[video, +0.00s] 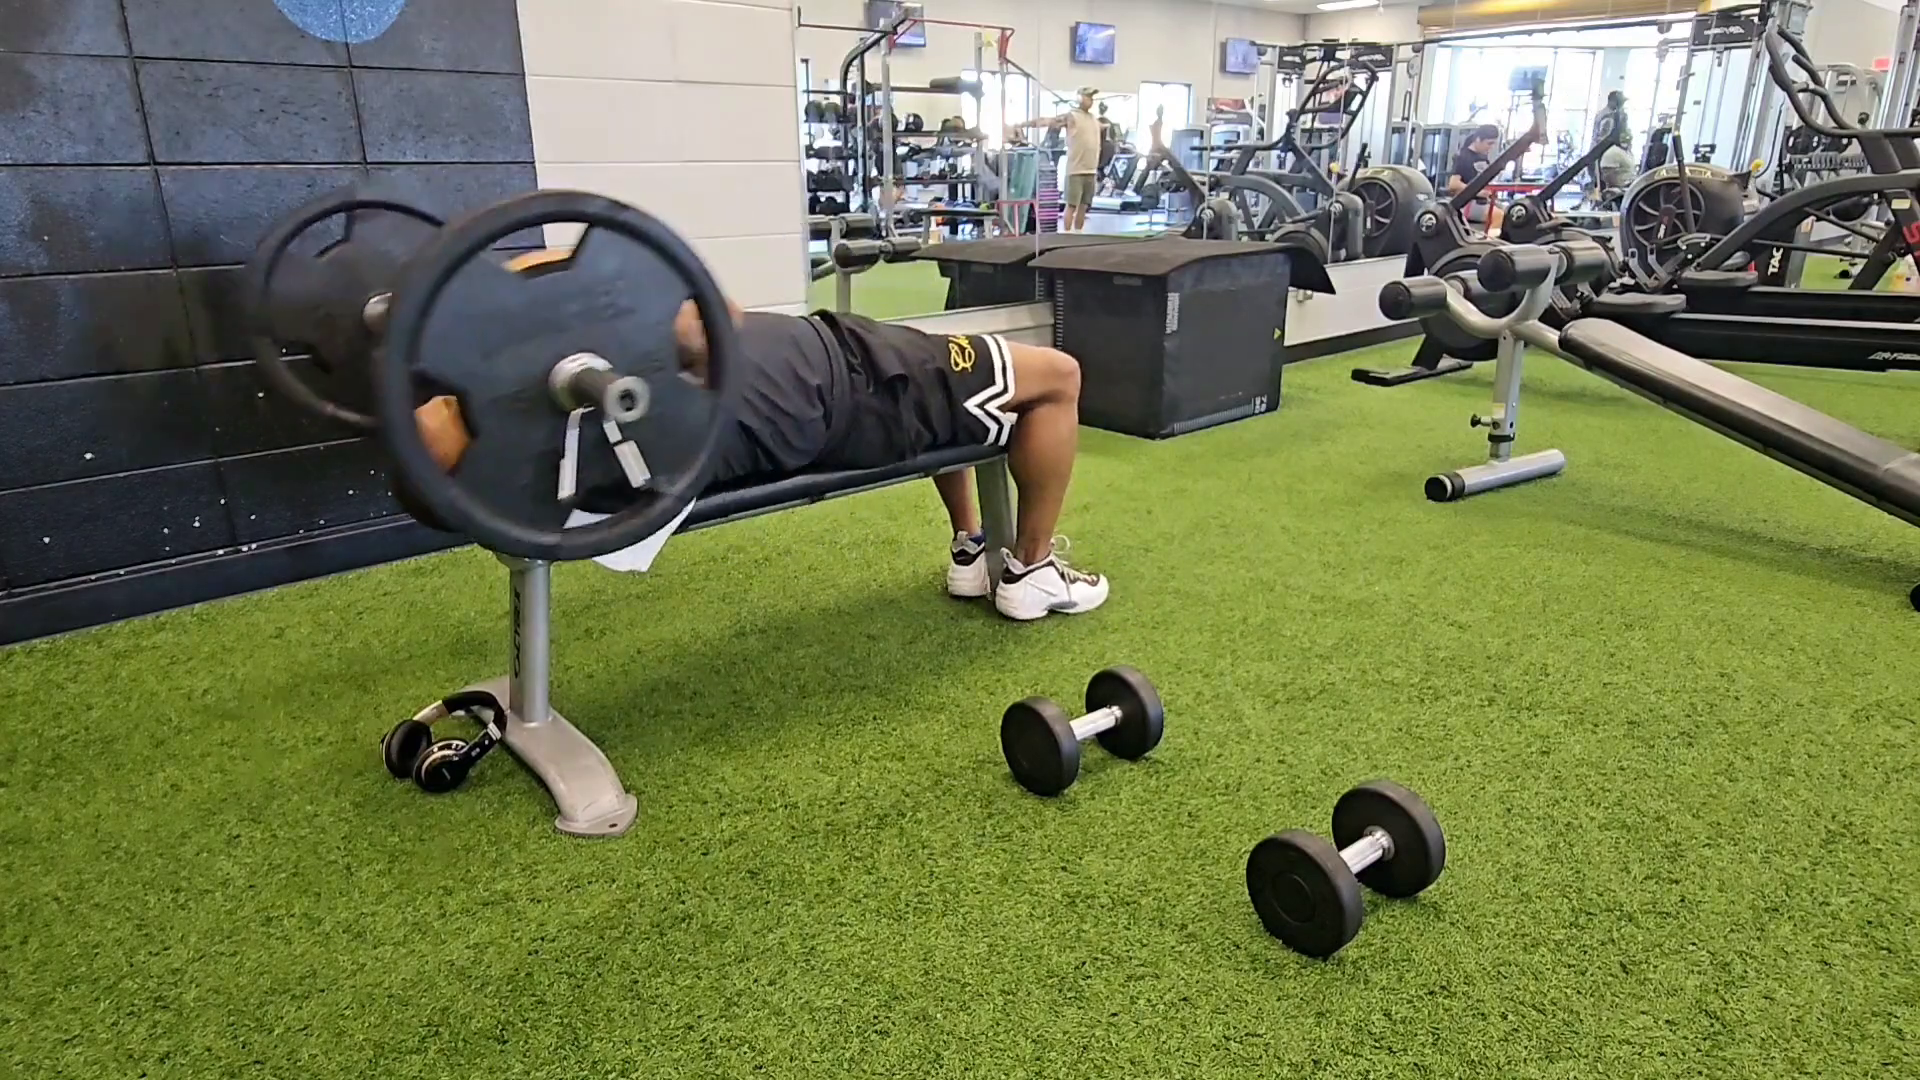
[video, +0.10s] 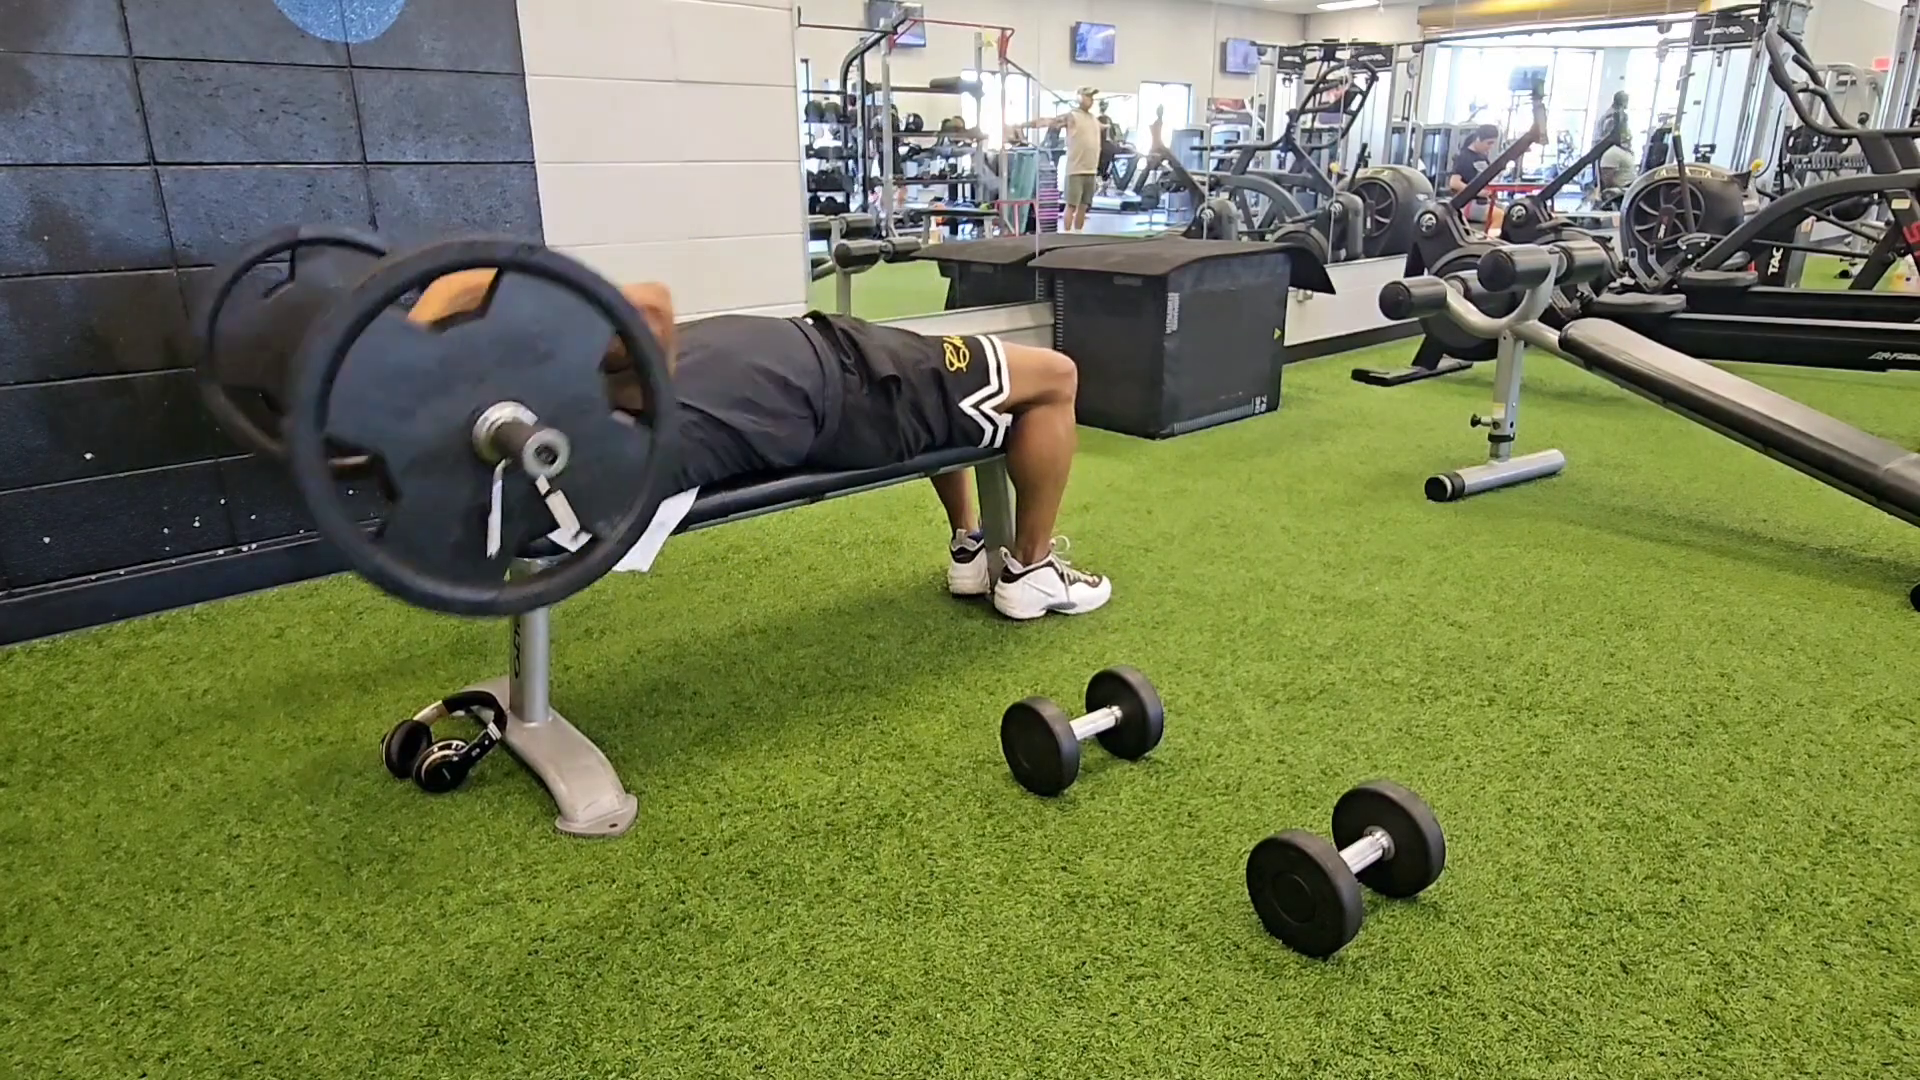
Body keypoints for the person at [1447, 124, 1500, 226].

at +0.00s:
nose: (1491, 148)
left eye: (1493, 144)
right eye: (1489, 143)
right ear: (1478, 140)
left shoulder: (1484, 157)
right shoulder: (1463, 156)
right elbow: (1454, 183)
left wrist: (1492, 190)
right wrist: (1478, 192)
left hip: (1486, 200)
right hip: (1467, 202)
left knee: (1508, 211)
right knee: (1498, 215)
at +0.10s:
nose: (1490, 147)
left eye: (1492, 144)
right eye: (1489, 143)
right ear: (1478, 139)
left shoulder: (1484, 157)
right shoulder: (1464, 156)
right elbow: (1454, 182)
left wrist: (1492, 189)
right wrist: (1478, 192)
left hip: (1486, 200)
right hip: (1468, 203)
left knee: (1508, 211)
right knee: (1498, 215)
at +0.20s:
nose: (1491, 147)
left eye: (1493, 143)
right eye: (1489, 142)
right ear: (1479, 139)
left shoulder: (1484, 157)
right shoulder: (1464, 156)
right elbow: (1455, 182)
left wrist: (1493, 189)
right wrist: (1479, 192)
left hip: (1487, 200)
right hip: (1469, 202)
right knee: (1500, 216)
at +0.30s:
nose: (1491, 146)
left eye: (1493, 143)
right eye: (1490, 142)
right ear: (1479, 138)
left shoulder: (1484, 157)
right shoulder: (1464, 156)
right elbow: (1455, 182)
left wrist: (1493, 189)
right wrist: (1479, 191)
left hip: (1487, 200)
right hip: (1470, 203)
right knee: (1501, 217)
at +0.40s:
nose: (1491, 146)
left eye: (1493, 143)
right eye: (1490, 142)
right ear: (1479, 138)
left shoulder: (1484, 157)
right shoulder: (1464, 156)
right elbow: (1455, 182)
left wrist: (1492, 189)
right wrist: (1479, 191)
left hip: (1487, 200)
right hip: (1470, 203)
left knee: (1508, 212)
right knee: (1499, 215)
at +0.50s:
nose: (1491, 146)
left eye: (1493, 143)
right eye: (1490, 142)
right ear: (1480, 138)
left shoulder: (1484, 157)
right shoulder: (1464, 156)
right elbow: (1455, 182)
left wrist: (1492, 189)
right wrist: (1479, 192)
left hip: (1486, 200)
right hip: (1470, 202)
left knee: (1507, 213)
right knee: (1499, 215)